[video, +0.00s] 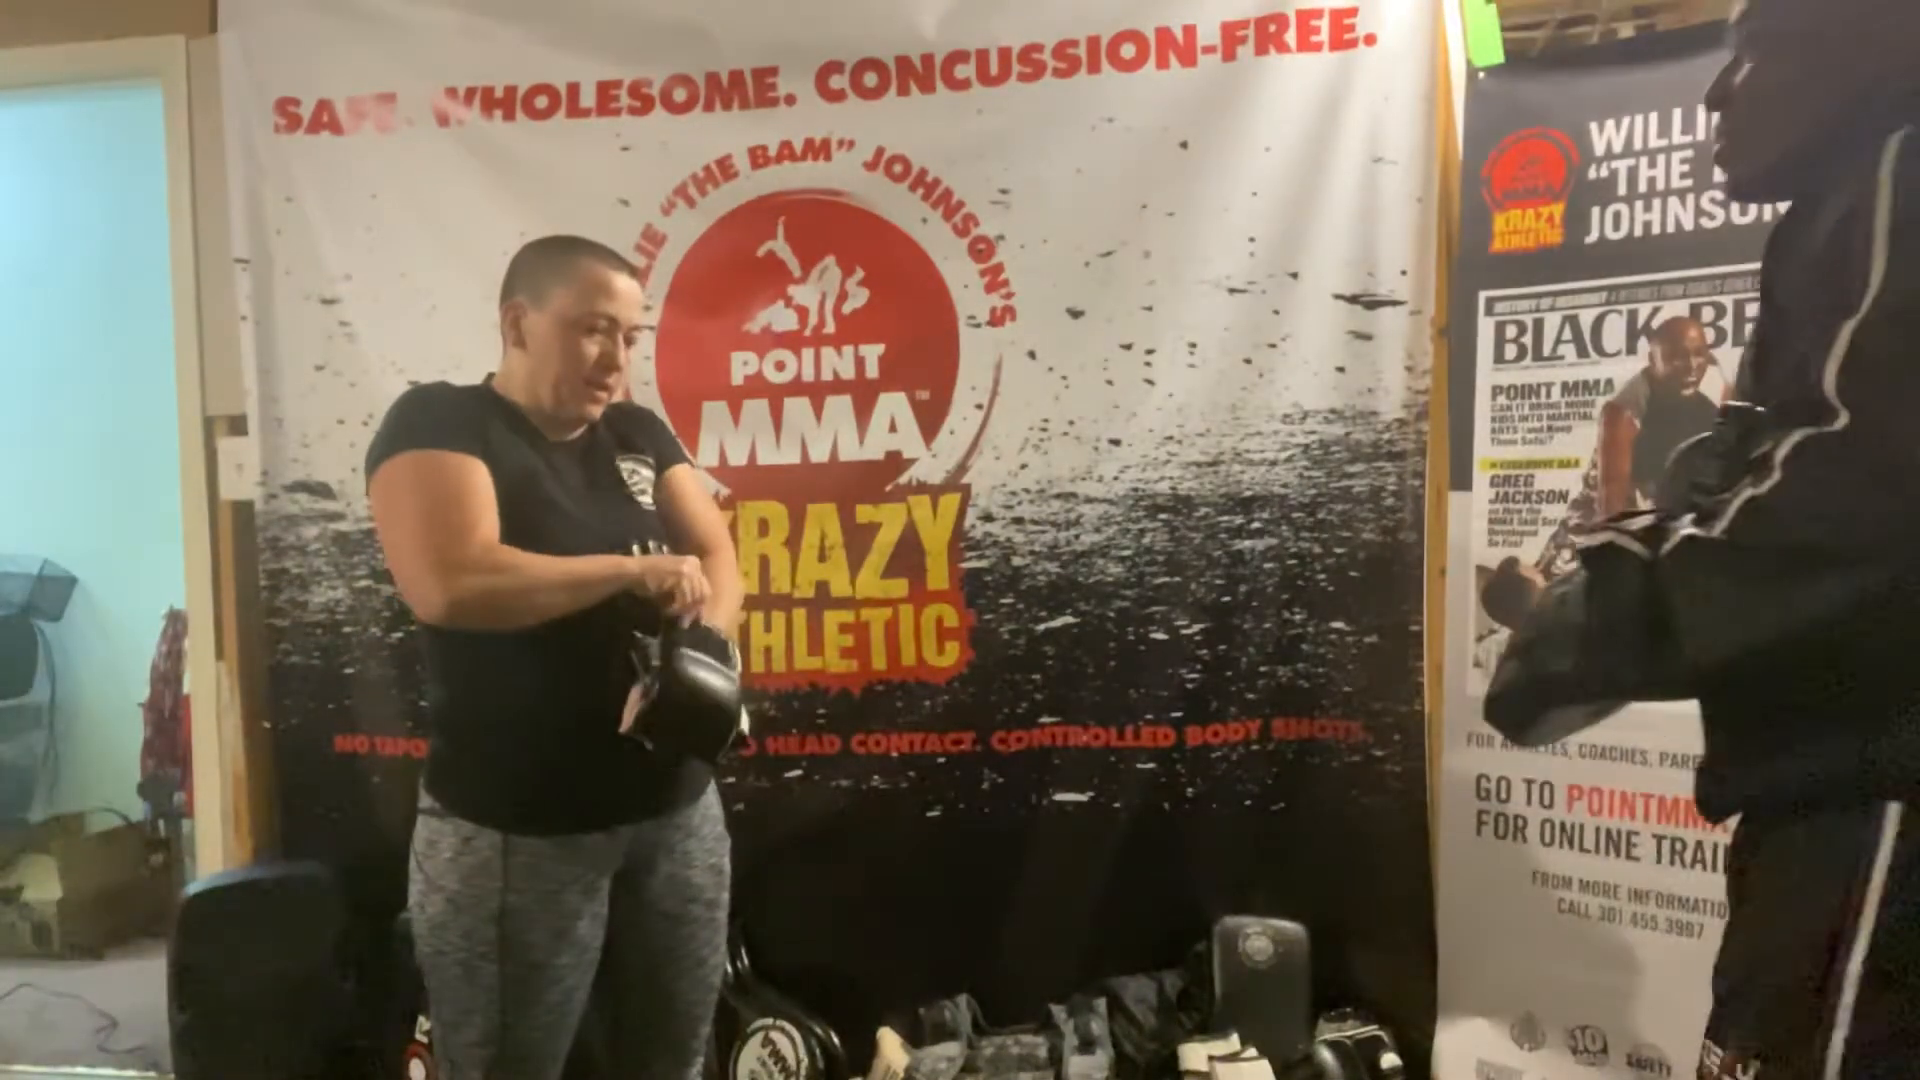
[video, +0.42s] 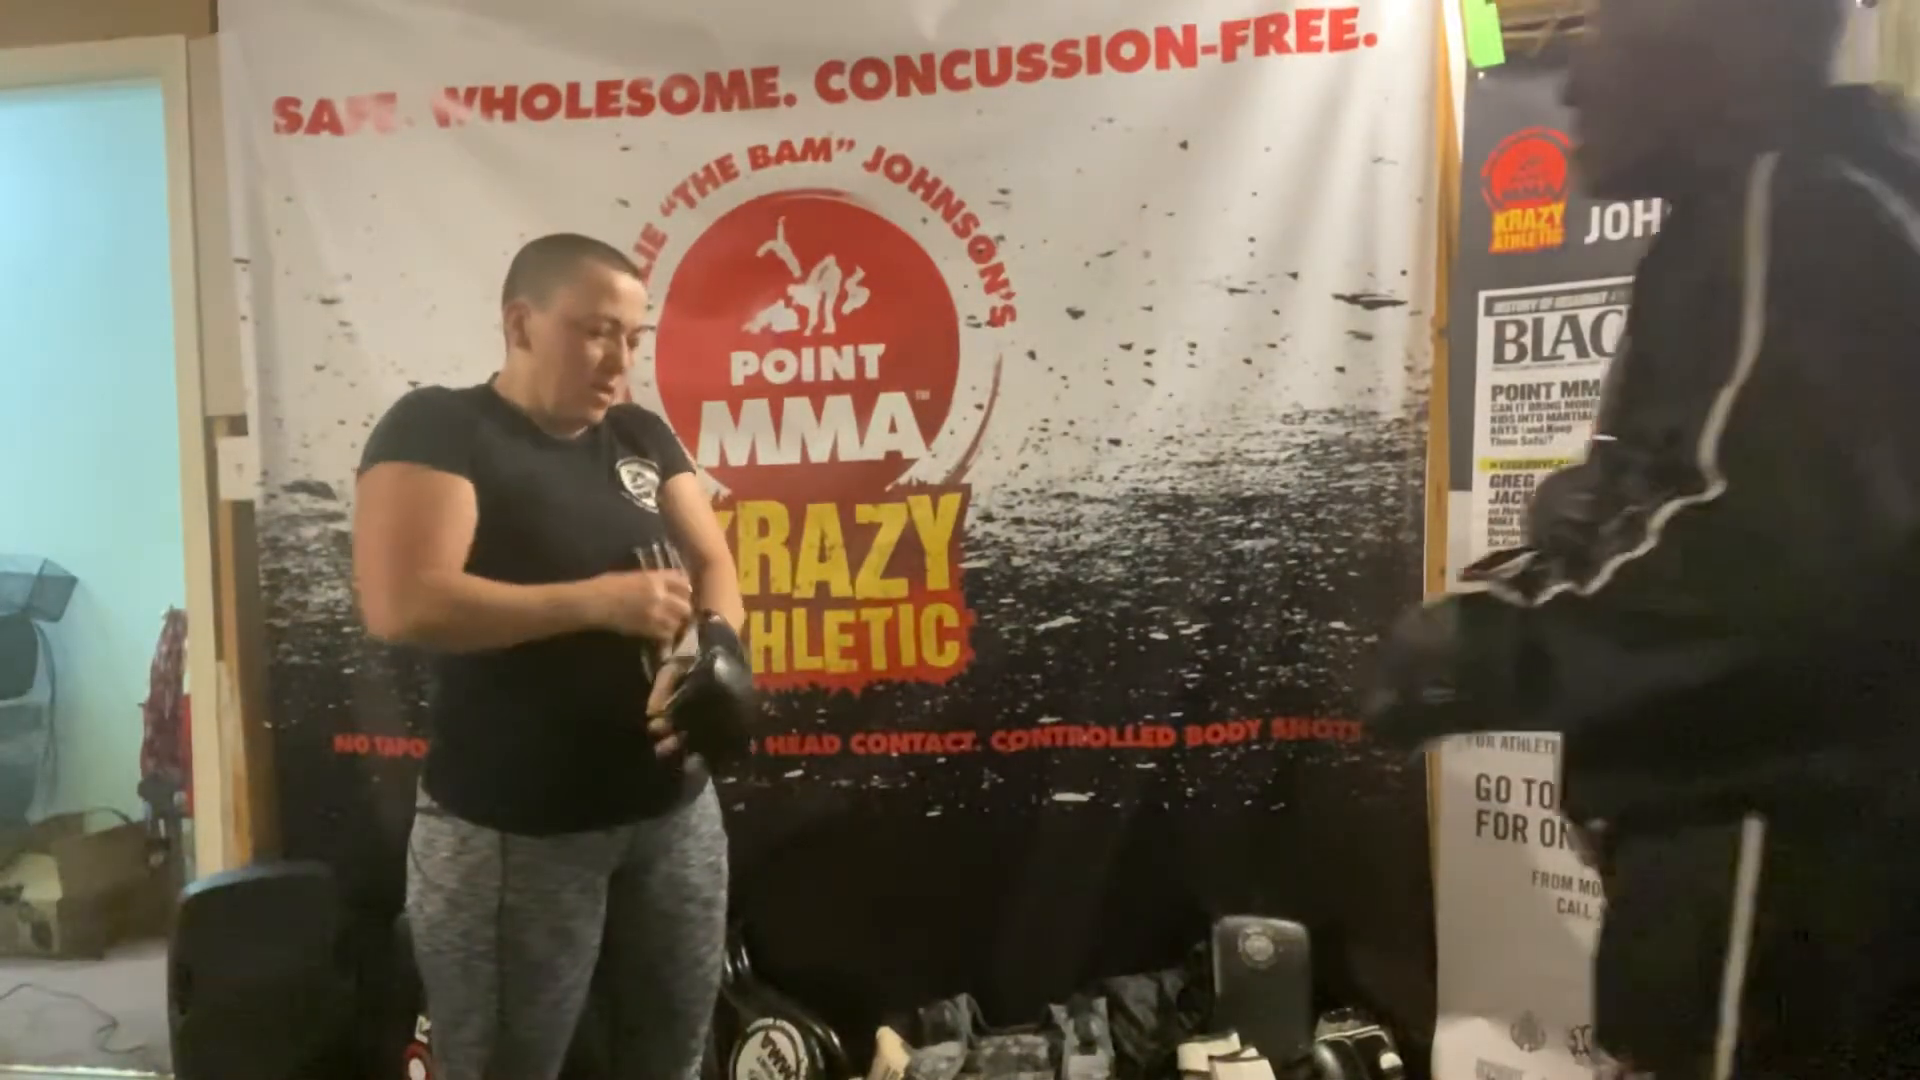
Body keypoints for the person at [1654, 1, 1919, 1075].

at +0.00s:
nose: (1718, 82)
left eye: (1755, 40)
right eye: (1730, 48)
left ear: (1868, 43)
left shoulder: (1892, 176)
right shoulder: (1846, 198)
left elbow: (1856, 474)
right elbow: (1766, 447)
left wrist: (1581, 620)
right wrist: (1593, 595)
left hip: (1869, 799)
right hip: (1824, 794)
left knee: (1816, 1052)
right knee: (1778, 1044)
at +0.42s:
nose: (1560, 48)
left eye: (1598, 16)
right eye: (1574, 23)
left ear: (1724, 33)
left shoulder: (1797, 199)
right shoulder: (1730, 209)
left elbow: (1780, 532)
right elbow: (1620, 479)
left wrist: (1497, 647)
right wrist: (1489, 611)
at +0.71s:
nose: (1402, 100)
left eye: (1439, 51)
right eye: (1416, 56)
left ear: (1556, 48)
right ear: (1555, 59)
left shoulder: (1619, 218)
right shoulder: (1583, 223)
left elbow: (1657, 563)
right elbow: (1525, 496)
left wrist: (1412, 684)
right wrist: (1434, 592)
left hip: (1704, 842)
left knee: (1676, 1061)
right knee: (1630, 1060)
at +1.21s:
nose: (1386, 91)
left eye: (1423, 42)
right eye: (1402, 48)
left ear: (1543, 43)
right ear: (1529, 53)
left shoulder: (1653, 206)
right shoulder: (1514, 240)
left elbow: (1722, 557)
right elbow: (1479, 555)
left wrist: (1391, 672)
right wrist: (1371, 748)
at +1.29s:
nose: (1402, 97)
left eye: (1440, 52)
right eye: (1418, 55)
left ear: (1556, 59)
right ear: (1555, 67)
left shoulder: (1672, 212)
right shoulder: (1514, 249)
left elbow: (1739, 555)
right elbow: (1475, 556)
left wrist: (1409, 670)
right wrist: (1331, 644)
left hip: (1668, 863)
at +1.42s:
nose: (1420, 97)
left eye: (1461, 54)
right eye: (1433, 58)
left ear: (1591, 52)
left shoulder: (1680, 213)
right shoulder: (1520, 255)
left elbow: (1750, 544)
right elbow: (1483, 552)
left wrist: (1426, 652)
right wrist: (1339, 686)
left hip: (1672, 868)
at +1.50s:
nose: (1436, 105)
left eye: (1476, 66)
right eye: (1452, 69)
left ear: (1587, 70)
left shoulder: (1704, 224)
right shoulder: (1527, 260)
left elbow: (1768, 544)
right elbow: (1485, 551)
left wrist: (1440, 656)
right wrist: (1358, 730)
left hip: (1684, 869)